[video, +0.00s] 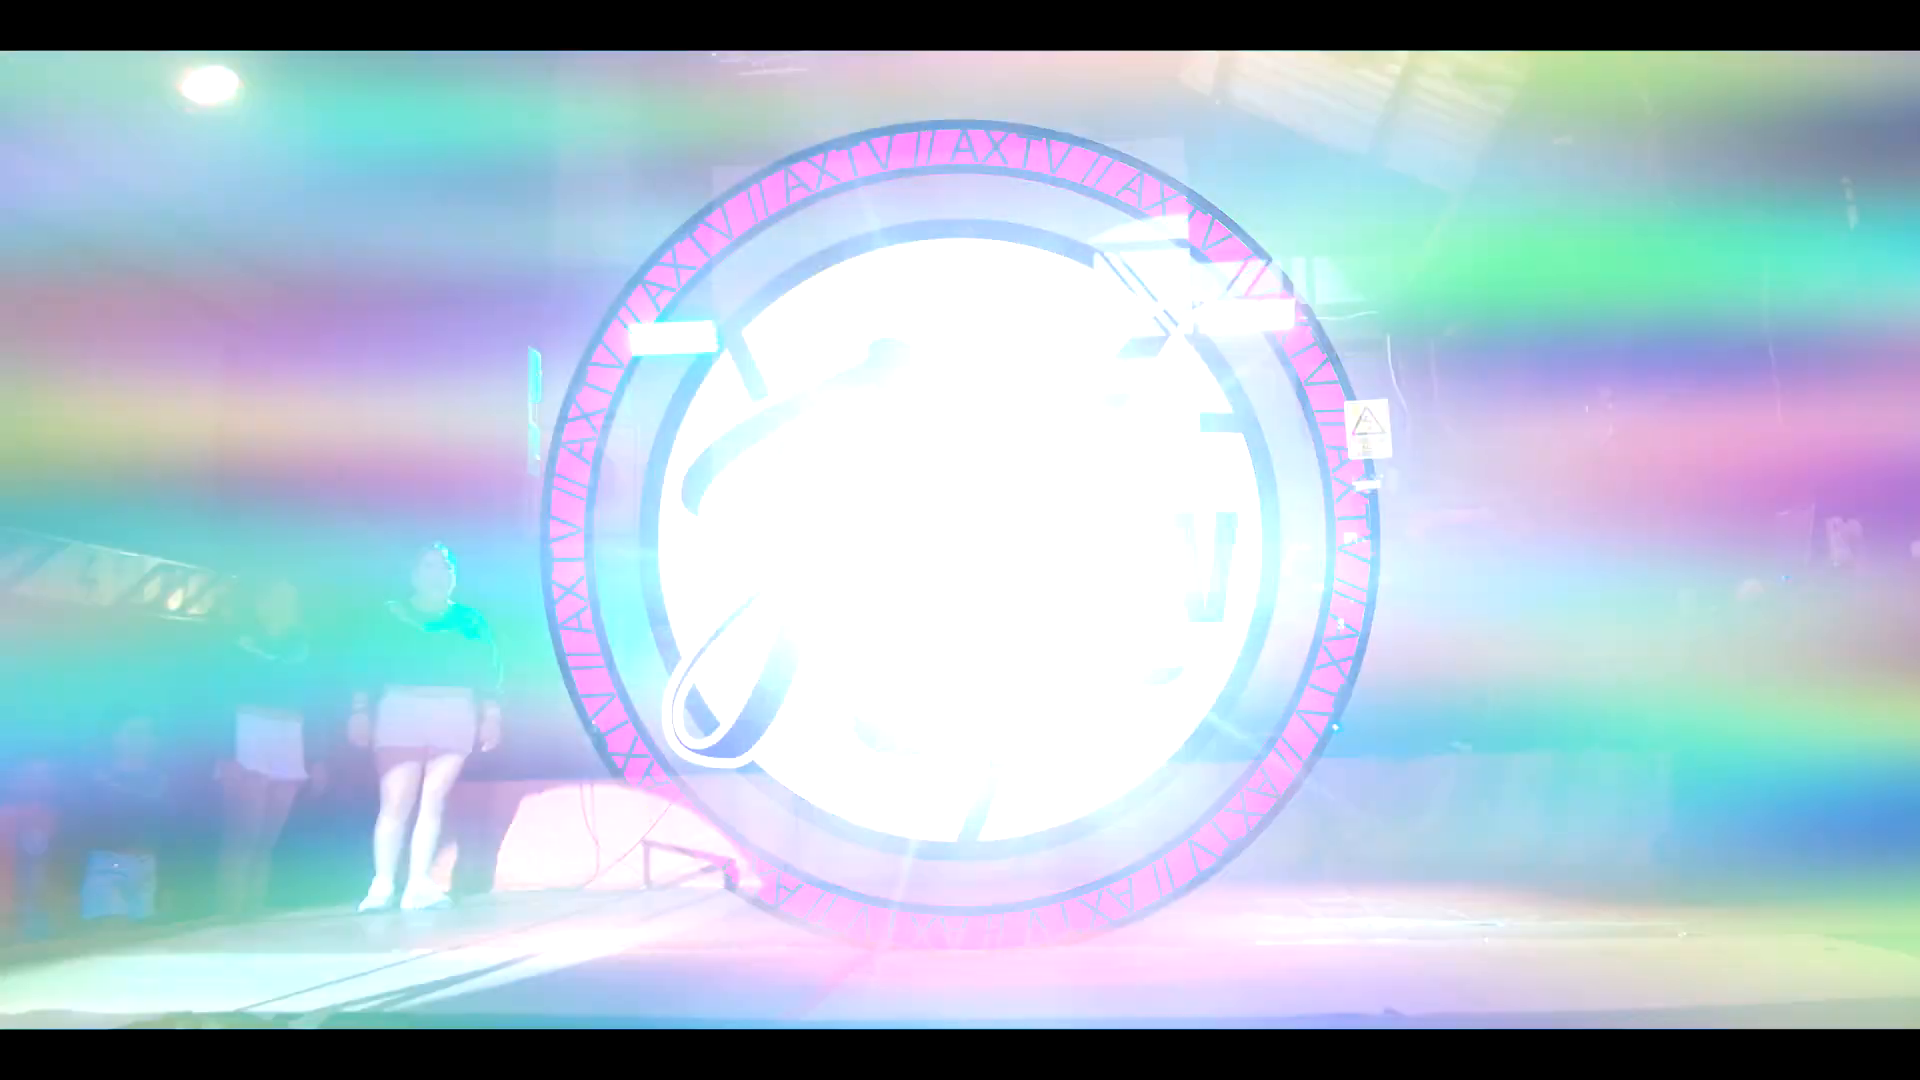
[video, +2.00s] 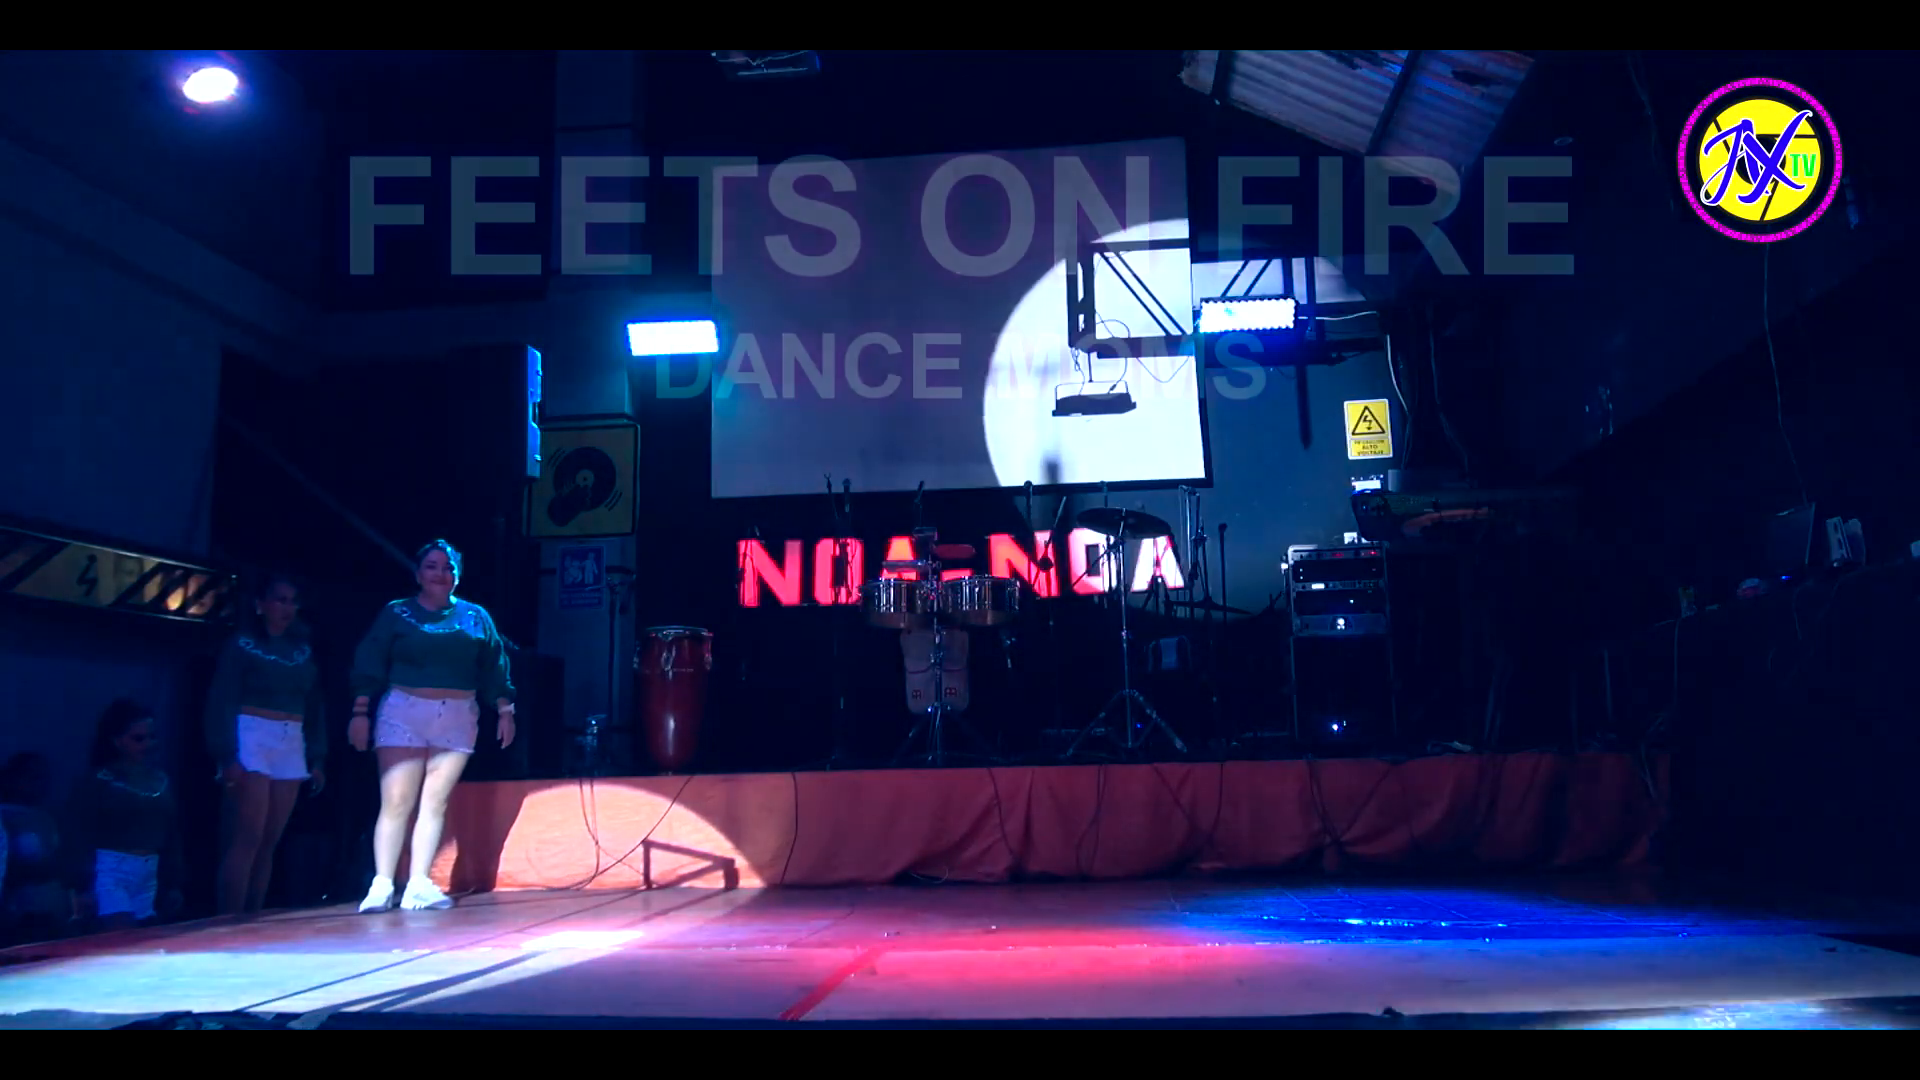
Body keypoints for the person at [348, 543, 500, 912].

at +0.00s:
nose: (436, 576)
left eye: (443, 568)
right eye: (428, 568)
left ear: (454, 575)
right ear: (414, 574)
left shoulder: (470, 621)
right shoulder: (389, 615)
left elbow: (489, 671)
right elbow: (366, 662)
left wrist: (491, 715)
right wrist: (360, 710)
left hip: (455, 714)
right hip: (399, 712)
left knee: (433, 802)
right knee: (395, 802)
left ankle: (419, 884)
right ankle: (382, 884)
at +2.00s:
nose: (438, 573)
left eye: (446, 568)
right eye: (431, 566)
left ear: (455, 575)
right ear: (418, 572)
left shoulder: (476, 617)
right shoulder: (397, 613)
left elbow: (496, 665)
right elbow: (370, 661)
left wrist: (505, 709)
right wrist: (360, 711)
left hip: (457, 715)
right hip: (403, 712)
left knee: (435, 803)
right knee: (396, 802)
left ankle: (418, 884)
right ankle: (383, 884)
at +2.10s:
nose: (440, 573)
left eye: (448, 568)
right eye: (432, 567)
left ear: (457, 575)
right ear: (419, 572)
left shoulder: (476, 617)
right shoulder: (398, 614)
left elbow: (496, 666)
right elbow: (371, 662)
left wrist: (506, 710)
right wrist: (361, 712)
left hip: (458, 715)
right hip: (404, 712)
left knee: (435, 803)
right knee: (396, 803)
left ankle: (419, 884)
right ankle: (383, 884)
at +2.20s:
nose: (443, 573)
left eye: (450, 568)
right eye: (435, 567)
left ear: (459, 575)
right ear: (421, 573)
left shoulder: (477, 617)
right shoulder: (399, 614)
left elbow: (496, 666)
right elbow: (372, 662)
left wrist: (506, 709)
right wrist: (362, 713)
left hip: (460, 715)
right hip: (405, 711)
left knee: (435, 803)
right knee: (397, 803)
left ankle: (419, 884)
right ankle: (383, 883)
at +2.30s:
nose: (445, 573)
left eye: (452, 568)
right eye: (437, 567)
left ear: (461, 575)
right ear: (422, 573)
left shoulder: (479, 617)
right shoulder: (402, 614)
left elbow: (496, 667)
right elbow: (376, 663)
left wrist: (506, 709)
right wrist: (368, 713)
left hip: (462, 715)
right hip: (409, 711)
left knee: (437, 803)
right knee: (399, 803)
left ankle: (419, 884)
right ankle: (383, 883)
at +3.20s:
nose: (473, 574)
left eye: (479, 568)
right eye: (465, 568)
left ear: (486, 574)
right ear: (447, 572)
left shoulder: (491, 616)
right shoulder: (431, 611)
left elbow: (506, 669)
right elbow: (396, 655)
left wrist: (537, 696)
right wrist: (379, 703)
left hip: (475, 717)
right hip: (432, 708)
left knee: (437, 802)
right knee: (473, 774)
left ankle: (417, 884)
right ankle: (451, 861)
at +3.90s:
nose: (531, 562)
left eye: (535, 556)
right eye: (522, 553)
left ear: (538, 562)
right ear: (498, 557)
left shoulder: (548, 605)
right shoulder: (465, 601)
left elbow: (568, 654)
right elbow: (427, 646)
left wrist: (569, 699)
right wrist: (446, 650)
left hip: (537, 703)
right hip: (482, 705)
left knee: (543, 791)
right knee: (494, 799)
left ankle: (550, 881)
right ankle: (500, 883)